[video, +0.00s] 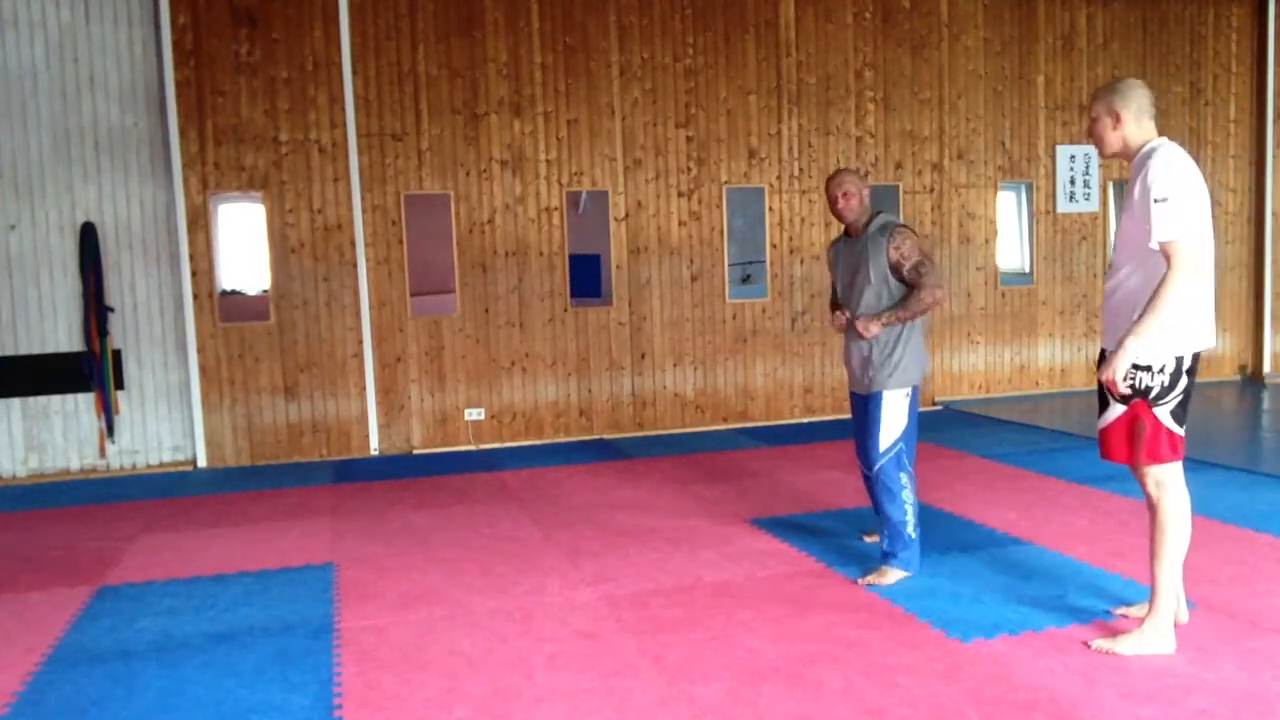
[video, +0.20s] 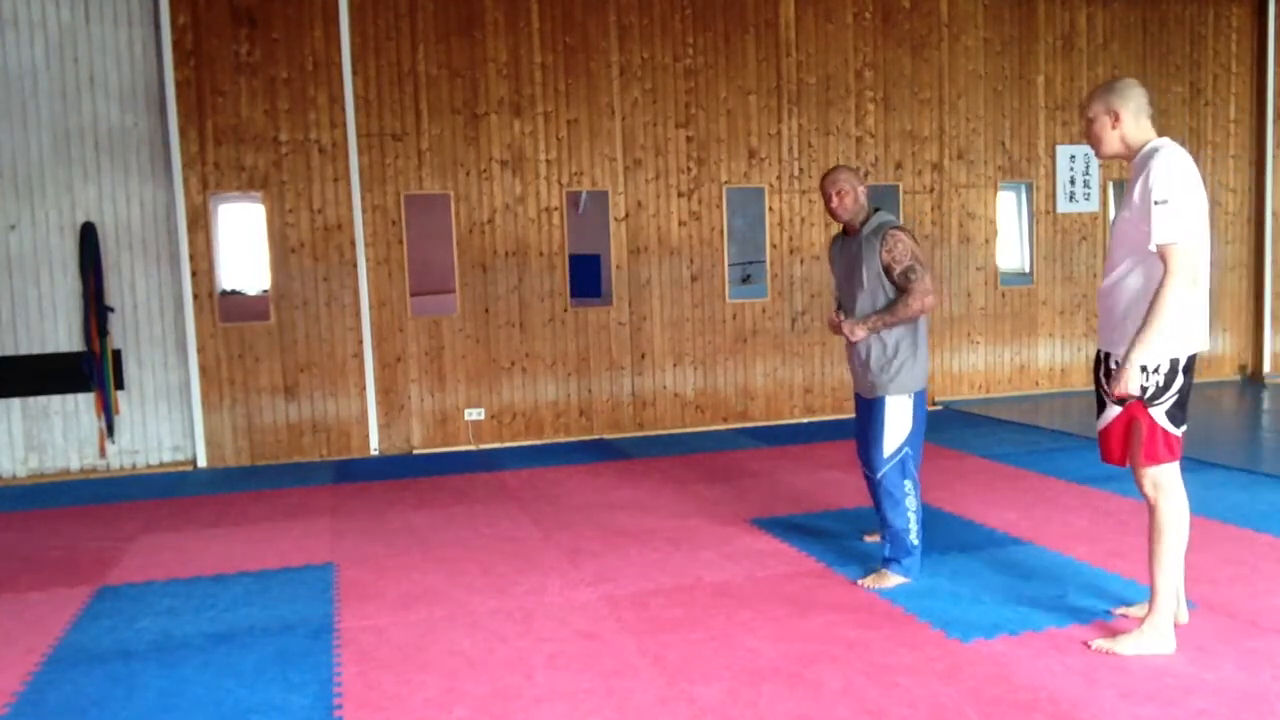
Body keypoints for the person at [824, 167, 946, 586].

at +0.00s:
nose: (842, 203)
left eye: (848, 194)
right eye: (835, 198)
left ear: (866, 194)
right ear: (831, 205)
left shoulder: (893, 236)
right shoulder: (838, 250)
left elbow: (933, 292)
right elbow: (837, 300)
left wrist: (881, 319)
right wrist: (838, 314)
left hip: (896, 372)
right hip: (861, 372)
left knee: (886, 463)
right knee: (872, 459)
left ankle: (904, 557)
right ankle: (896, 527)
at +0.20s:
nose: (836, 201)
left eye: (842, 191)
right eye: (829, 196)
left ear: (863, 191)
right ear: (826, 204)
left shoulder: (889, 237)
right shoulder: (839, 247)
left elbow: (923, 296)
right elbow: (847, 299)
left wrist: (867, 324)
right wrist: (840, 317)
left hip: (899, 378)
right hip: (867, 378)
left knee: (890, 469)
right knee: (873, 460)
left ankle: (904, 563)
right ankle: (896, 526)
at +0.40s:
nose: (837, 198)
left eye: (843, 188)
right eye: (830, 192)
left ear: (864, 187)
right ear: (827, 200)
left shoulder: (892, 233)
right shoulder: (839, 242)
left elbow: (925, 293)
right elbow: (847, 294)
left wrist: (870, 320)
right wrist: (839, 312)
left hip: (904, 377)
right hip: (873, 376)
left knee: (899, 471)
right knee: (884, 461)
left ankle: (906, 564)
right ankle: (903, 530)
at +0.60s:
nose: (844, 196)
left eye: (850, 187)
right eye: (836, 191)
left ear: (870, 187)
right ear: (834, 199)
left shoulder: (899, 234)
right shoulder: (841, 242)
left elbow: (932, 293)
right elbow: (847, 293)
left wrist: (877, 319)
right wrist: (839, 309)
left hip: (905, 378)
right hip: (873, 376)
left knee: (896, 470)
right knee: (902, 461)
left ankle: (904, 563)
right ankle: (927, 529)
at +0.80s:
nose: (849, 196)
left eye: (856, 187)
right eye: (843, 191)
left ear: (876, 188)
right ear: (839, 198)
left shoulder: (904, 235)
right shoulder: (844, 244)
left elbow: (935, 293)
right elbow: (845, 292)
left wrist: (881, 317)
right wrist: (838, 308)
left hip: (908, 377)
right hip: (875, 377)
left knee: (898, 469)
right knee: (906, 461)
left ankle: (904, 563)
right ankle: (931, 531)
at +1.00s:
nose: (855, 195)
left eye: (862, 186)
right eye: (848, 190)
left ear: (880, 188)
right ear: (844, 197)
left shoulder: (908, 233)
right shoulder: (848, 243)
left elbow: (939, 291)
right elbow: (849, 294)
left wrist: (883, 314)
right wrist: (841, 307)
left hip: (909, 375)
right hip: (876, 375)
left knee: (901, 469)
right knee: (905, 461)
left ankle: (904, 562)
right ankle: (933, 532)